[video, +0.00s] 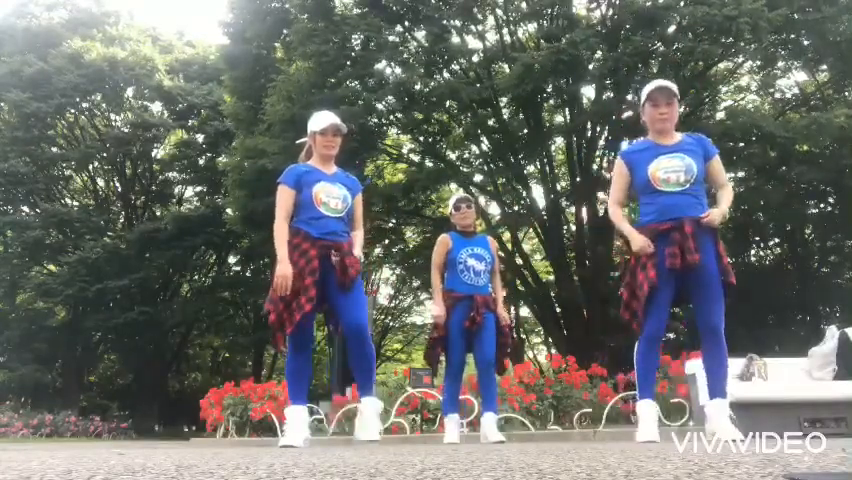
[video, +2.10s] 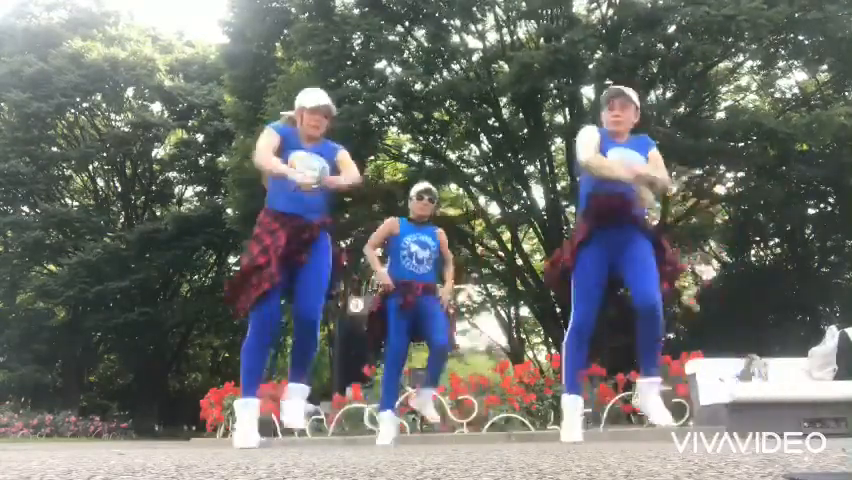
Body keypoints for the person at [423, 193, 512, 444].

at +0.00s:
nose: (463, 212)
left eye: (468, 208)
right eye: (458, 209)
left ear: (475, 212)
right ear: (451, 216)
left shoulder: (489, 242)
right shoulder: (446, 240)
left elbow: (496, 277)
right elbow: (435, 272)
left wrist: (500, 305)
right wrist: (438, 303)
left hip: (486, 304)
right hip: (457, 303)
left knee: (486, 361)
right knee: (455, 363)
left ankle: (489, 421)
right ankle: (451, 421)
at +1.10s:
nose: (470, 215)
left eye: (475, 211)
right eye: (465, 211)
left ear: (480, 218)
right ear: (456, 217)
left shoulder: (489, 243)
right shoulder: (446, 244)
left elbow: (504, 270)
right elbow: (437, 276)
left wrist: (492, 294)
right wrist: (436, 300)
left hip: (483, 306)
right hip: (455, 306)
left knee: (488, 362)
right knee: (454, 363)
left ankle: (498, 419)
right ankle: (448, 418)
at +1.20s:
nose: (469, 217)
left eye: (473, 214)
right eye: (464, 213)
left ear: (479, 219)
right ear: (455, 217)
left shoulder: (487, 242)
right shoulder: (444, 246)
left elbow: (501, 257)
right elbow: (436, 278)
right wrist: (439, 302)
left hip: (483, 307)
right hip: (454, 307)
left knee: (490, 362)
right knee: (449, 358)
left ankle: (498, 419)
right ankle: (440, 415)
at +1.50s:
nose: (455, 216)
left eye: (460, 212)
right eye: (451, 212)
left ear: (467, 216)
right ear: (444, 215)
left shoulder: (476, 243)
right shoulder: (431, 244)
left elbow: (486, 273)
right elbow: (417, 272)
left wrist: (491, 293)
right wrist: (419, 297)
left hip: (468, 305)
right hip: (439, 305)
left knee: (471, 363)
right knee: (436, 364)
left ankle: (480, 420)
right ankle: (431, 421)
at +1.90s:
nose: (429, 224)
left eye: (435, 222)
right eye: (425, 220)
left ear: (440, 228)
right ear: (417, 225)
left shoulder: (445, 253)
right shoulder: (410, 258)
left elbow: (467, 279)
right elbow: (408, 289)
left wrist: (460, 315)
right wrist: (408, 314)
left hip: (447, 321)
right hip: (421, 323)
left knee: (460, 369)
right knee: (400, 360)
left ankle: (481, 419)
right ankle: (397, 418)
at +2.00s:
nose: (425, 212)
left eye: (431, 209)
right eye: (421, 208)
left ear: (436, 216)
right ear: (413, 213)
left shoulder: (441, 240)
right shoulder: (396, 244)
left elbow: (460, 271)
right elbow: (386, 276)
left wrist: (452, 302)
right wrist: (389, 299)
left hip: (434, 309)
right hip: (404, 311)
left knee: (448, 366)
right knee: (388, 363)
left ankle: (473, 417)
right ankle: (395, 424)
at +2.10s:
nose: (423, 203)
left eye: (429, 200)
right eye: (419, 198)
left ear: (434, 206)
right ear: (410, 202)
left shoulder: (438, 234)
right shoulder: (394, 225)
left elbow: (449, 261)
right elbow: (370, 246)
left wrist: (448, 285)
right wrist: (380, 271)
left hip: (429, 294)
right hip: (400, 292)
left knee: (441, 343)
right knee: (396, 353)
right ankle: (387, 417)